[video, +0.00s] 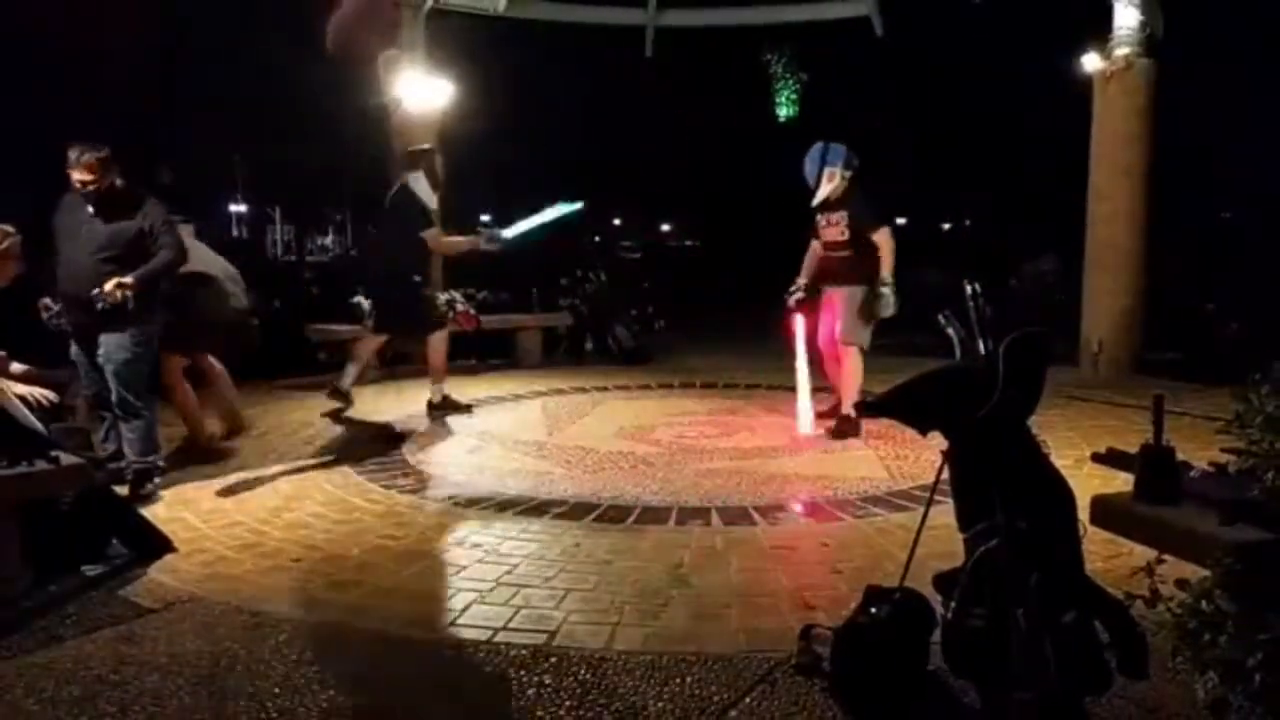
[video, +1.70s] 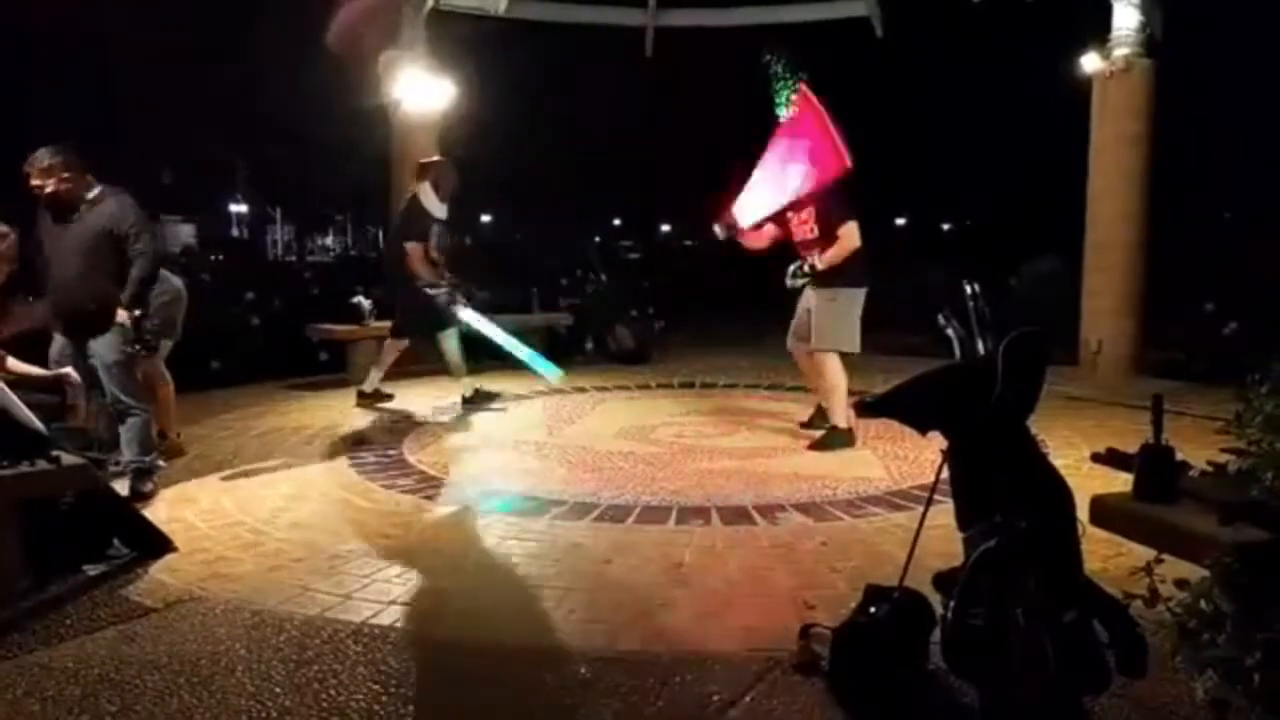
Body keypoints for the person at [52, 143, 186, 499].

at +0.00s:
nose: (82, 190)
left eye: (89, 183)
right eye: (77, 183)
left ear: (109, 176)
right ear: (70, 178)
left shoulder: (142, 208)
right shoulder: (68, 207)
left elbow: (173, 251)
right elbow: (61, 258)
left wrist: (133, 281)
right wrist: (55, 296)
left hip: (126, 323)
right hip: (80, 323)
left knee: (130, 403)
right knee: (100, 402)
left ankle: (142, 472)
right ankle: (111, 466)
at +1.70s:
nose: (39, 192)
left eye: (44, 183)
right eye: (37, 185)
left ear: (69, 177)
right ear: (57, 181)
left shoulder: (115, 206)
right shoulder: (48, 216)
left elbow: (145, 255)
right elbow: (49, 267)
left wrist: (127, 305)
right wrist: (54, 312)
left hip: (107, 326)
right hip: (66, 328)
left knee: (126, 402)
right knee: (70, 406)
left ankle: (140, 468)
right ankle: (86, 470)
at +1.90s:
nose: (5, 203)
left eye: (7, 194)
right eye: (2, 196)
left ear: (28, 184)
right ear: (21, 189)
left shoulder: (88, 204)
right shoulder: (25, 230)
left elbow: (129, 238)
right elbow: (23, 282)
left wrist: (129, 292)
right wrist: (26, 315)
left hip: (100, 321)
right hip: (54, 327)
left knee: (117, 398)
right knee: (49, 403)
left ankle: (138, 468)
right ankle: (58, 475)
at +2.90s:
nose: (2, 207)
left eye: (2, 200)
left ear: (10, 187)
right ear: (4, 193)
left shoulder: (66, 199)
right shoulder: (7, 231)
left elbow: (114, 225)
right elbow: (7, 282)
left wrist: (95, 266)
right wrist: (15, 310)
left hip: (89, 316)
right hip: (45, 325)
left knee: (105, 395)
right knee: (43, 401)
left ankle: (126, 471)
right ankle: (62, 473)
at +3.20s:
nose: (17, 195)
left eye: (17, 186)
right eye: (13, 189)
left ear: (35, 174)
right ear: (31, 179)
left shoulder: (90, 197)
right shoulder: (43, 213)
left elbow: (108, 233)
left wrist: (52, 244)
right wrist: (26, 272)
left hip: (104, 314)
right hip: (61, 317)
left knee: (113, 397)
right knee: (54, 393)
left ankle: (127, 471)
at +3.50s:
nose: (32, 194)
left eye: (33, 185)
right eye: (29, 188)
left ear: (52, 175)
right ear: (51, 177)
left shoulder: (93, 206)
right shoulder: (72, 206)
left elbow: (65, 254)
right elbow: (60, 253)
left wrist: (26, 264)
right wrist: (31, 264)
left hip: (112, 317)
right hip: (92, 313)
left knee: (119, 399)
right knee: (100, 395)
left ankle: (128, 471)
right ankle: (109, 463)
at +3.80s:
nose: (8, 204)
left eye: (6, 197)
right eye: (5, 198)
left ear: (15, 186)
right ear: (18, 184)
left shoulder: (64, 208)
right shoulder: (46, 212)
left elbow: (52, 265)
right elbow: (45, 262)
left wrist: (25, 289)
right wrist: (25, 285)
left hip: (103, 313)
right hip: (79, 313)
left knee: (113, 395)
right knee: (87, 395)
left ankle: (127, 470)